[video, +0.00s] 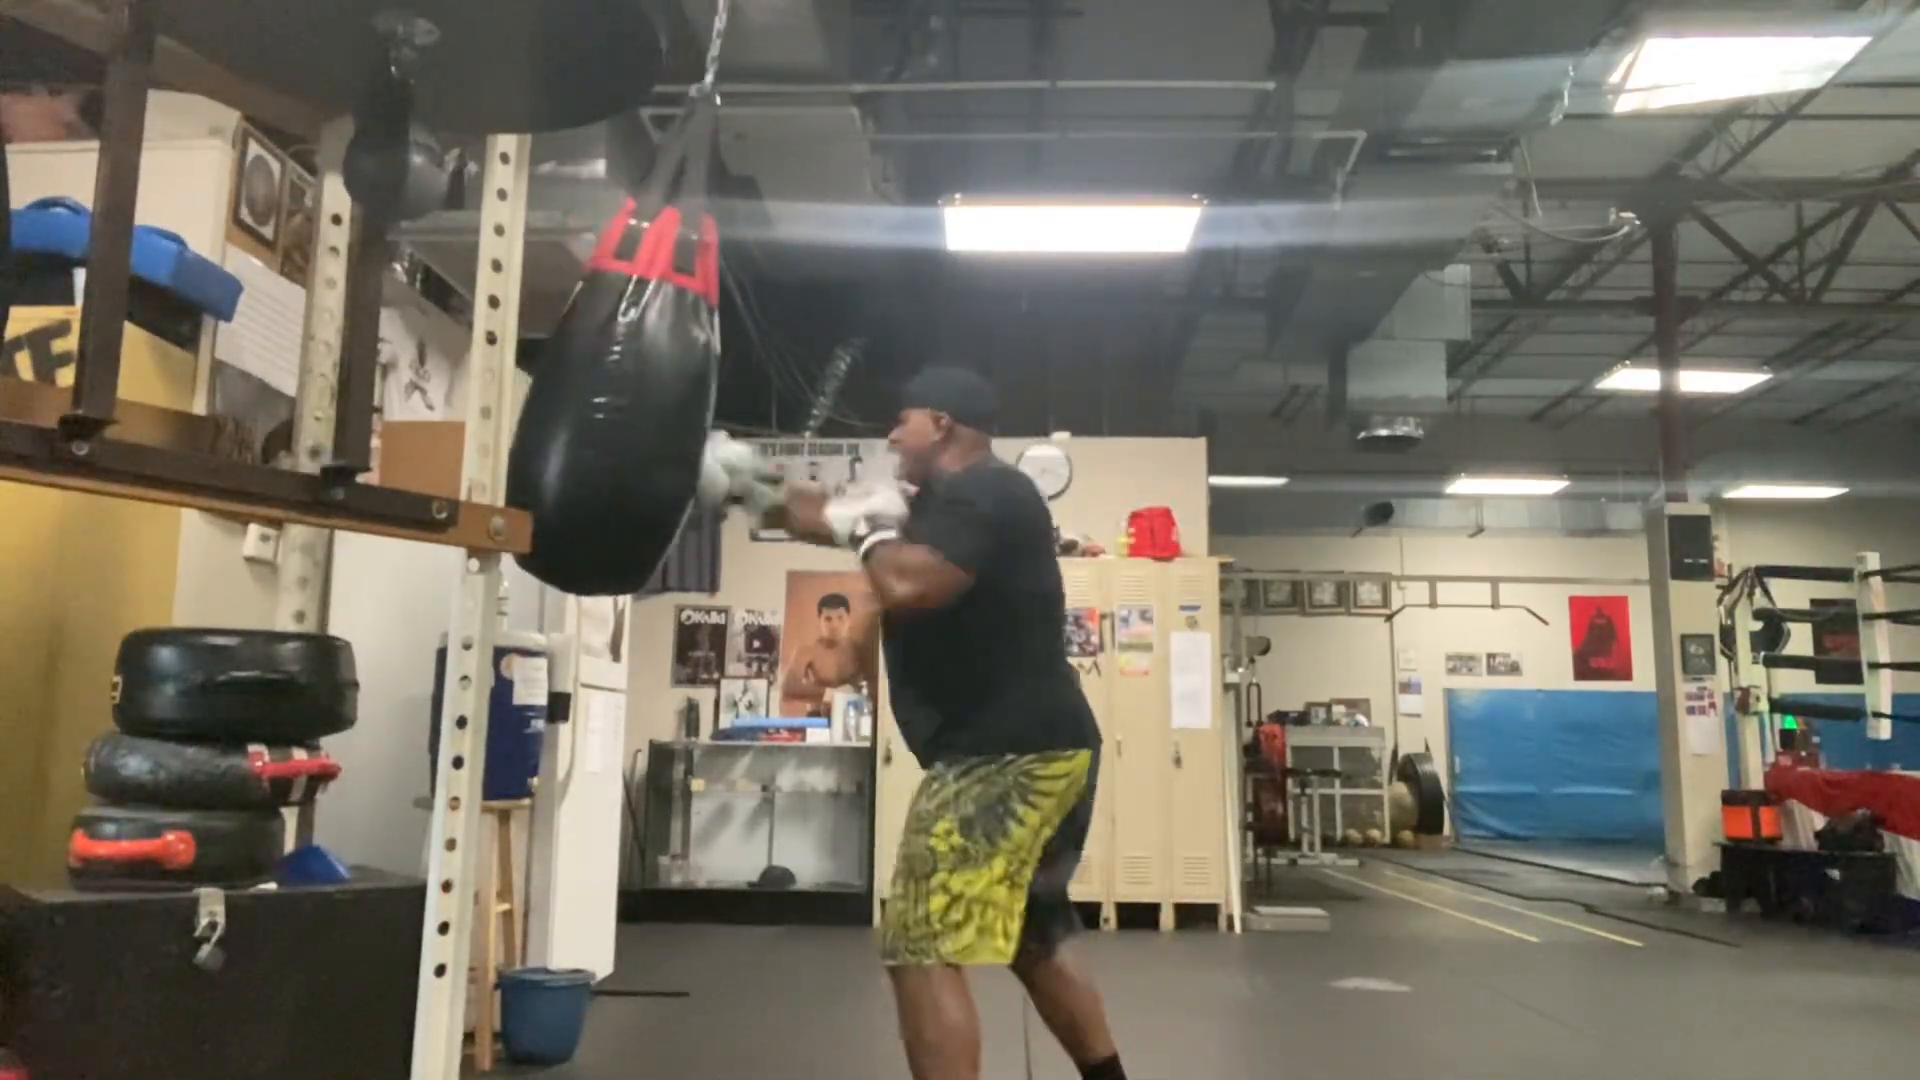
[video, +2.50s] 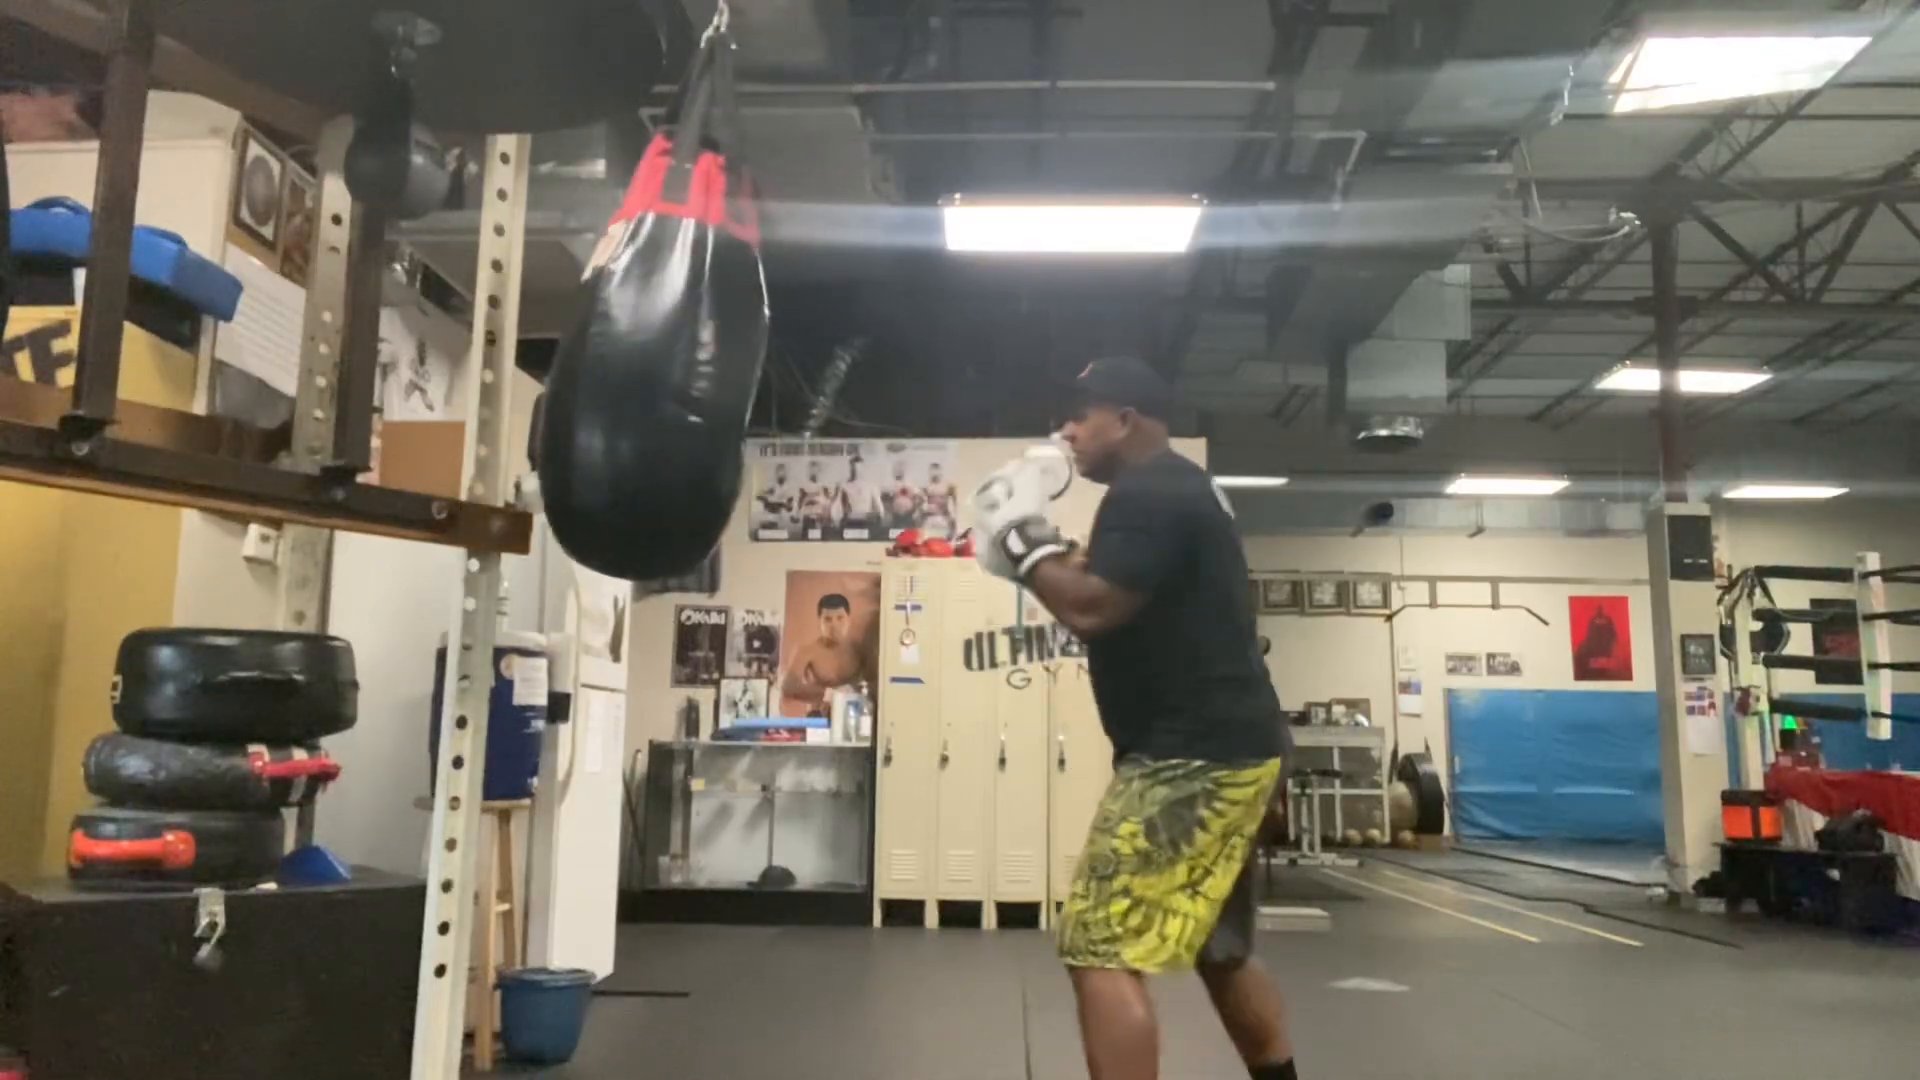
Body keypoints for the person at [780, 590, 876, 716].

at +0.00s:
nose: (834, 625)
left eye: (840, 618)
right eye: (828, 619)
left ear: (848, 620)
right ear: (819, 621)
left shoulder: (857, 651)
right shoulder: (808, 652)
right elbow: (789, 688)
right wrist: (825, 693)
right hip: (820, 716)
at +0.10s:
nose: (834, 625)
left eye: (840, 618)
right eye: (828, 619)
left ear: (848, 619)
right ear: (820, 620)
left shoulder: (858, 651)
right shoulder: (807, 652)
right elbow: (789, 688)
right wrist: (827, 692)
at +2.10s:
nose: (834, 625)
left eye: (840, 618)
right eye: (828, 619)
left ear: (848, 619)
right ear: (819, 620)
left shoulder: (857, 653)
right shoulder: (807, 652)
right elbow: (788, 688)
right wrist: (824, 694)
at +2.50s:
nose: (834, 625)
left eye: (840, 618)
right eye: (828, 619)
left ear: (848, 619)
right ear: (819, 620)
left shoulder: (857, 653)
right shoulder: (807, 652)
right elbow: (789, 688)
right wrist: (825, 694)